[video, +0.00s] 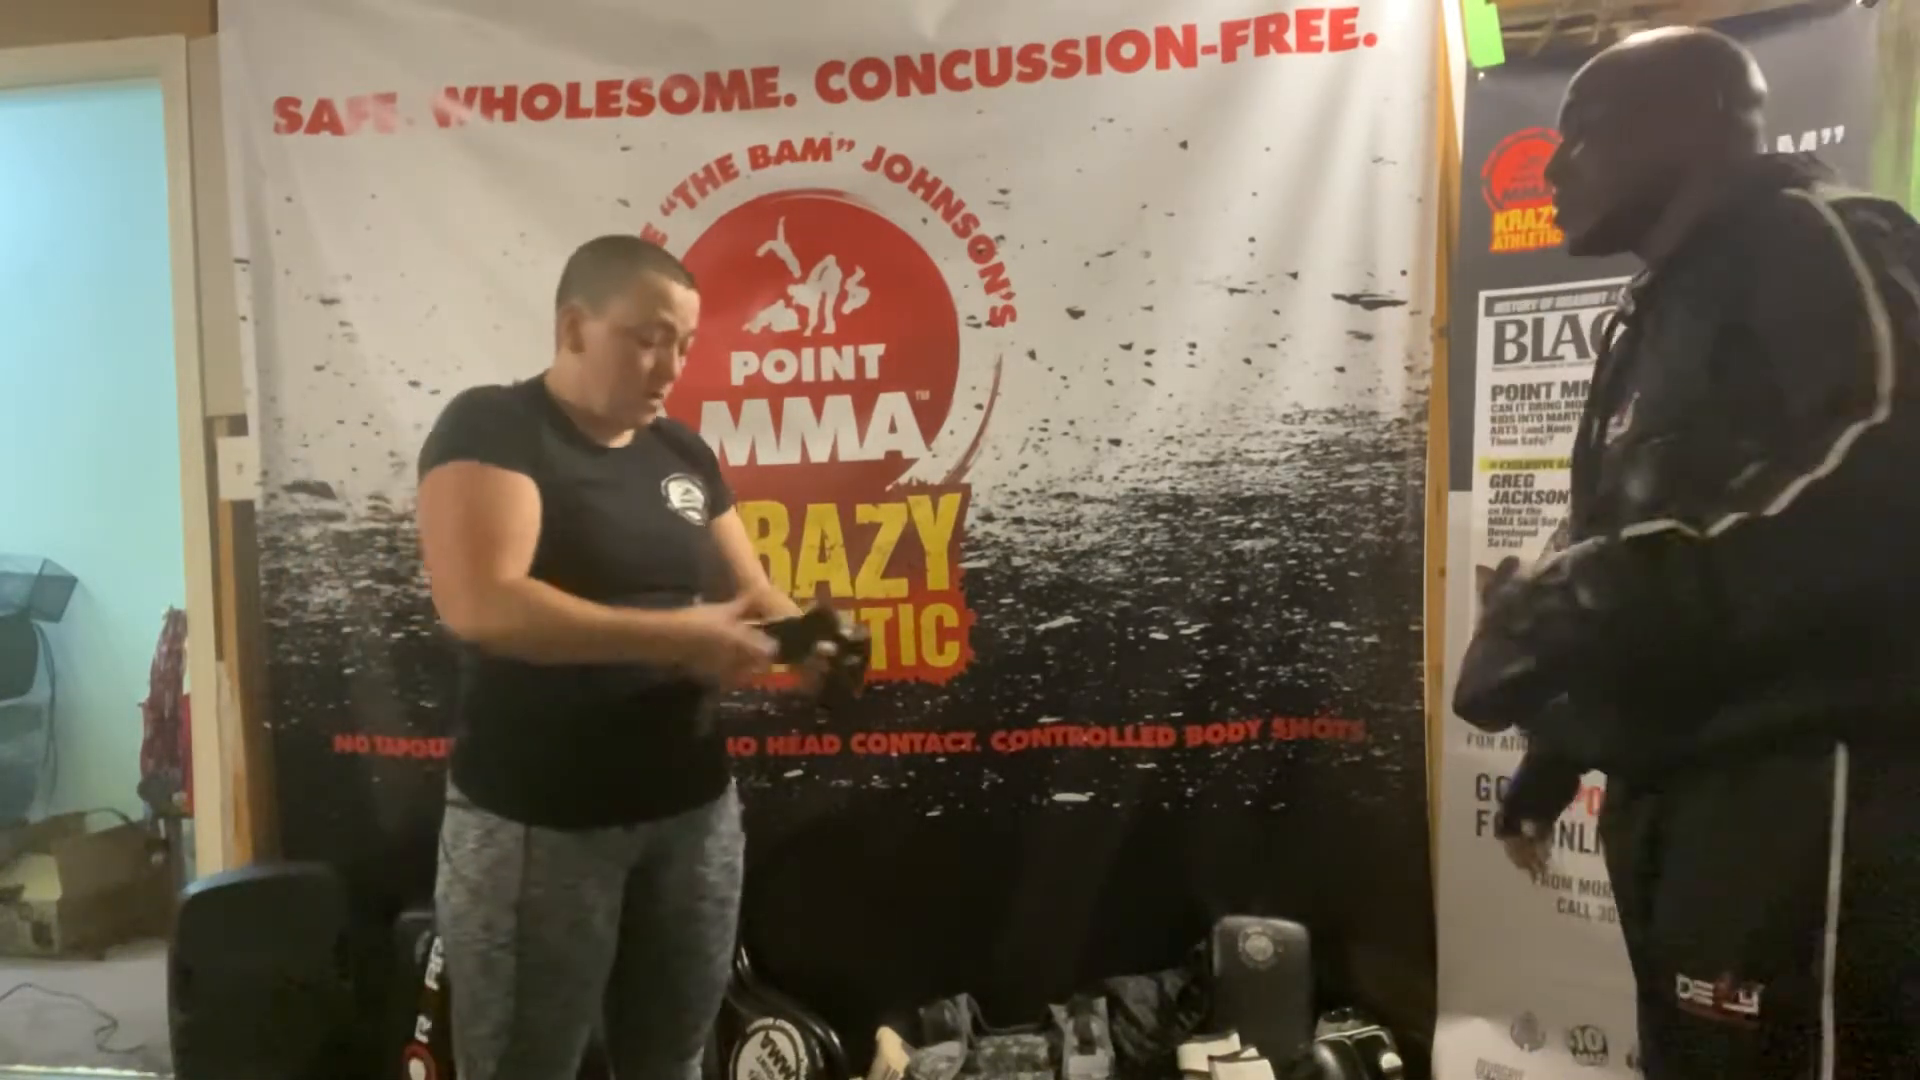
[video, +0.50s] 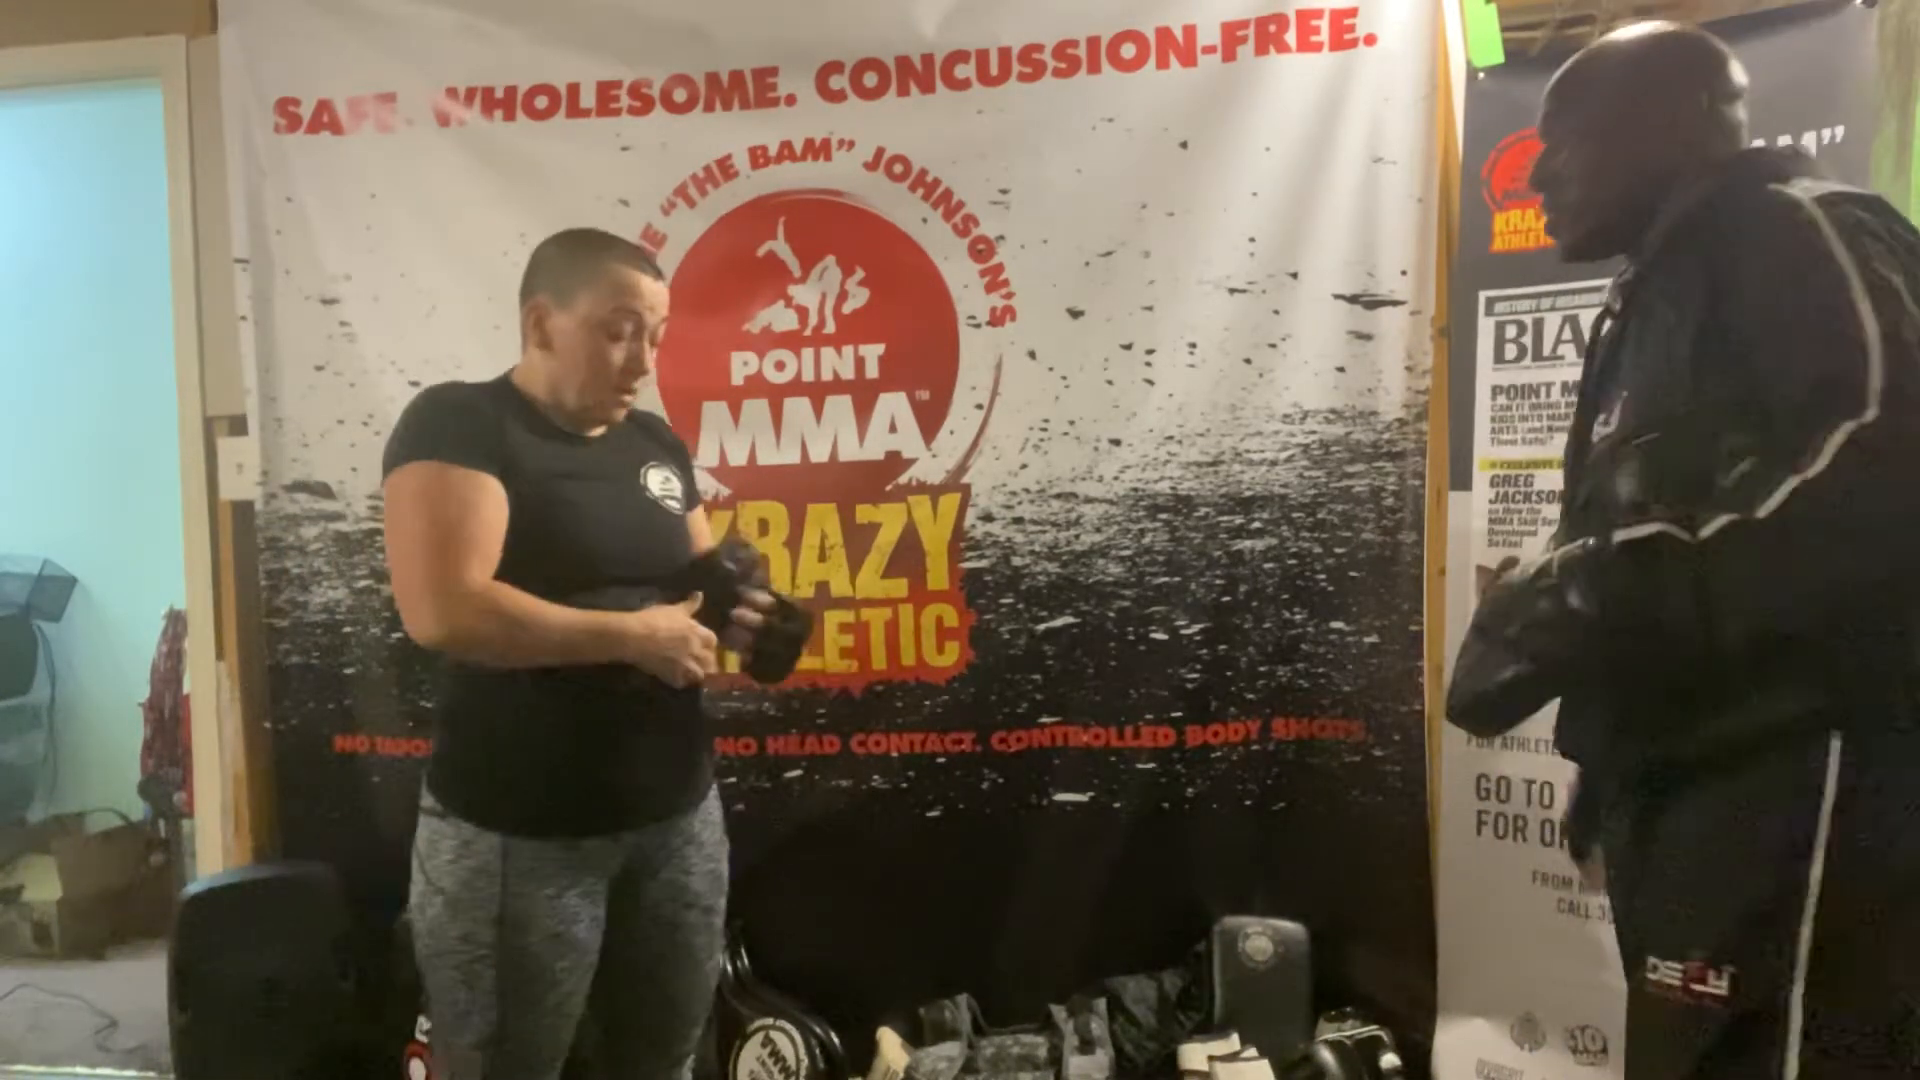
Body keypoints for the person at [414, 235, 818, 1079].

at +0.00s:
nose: (668, 367)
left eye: (680, 346)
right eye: (648, 339)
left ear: (687, 345)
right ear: (574, 325)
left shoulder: (682, 453)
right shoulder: (487, 427)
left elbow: (748, 591)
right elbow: (477, 602)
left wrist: (807, 638)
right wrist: (679, 638)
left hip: (690, 822)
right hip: (532, 831)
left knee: (667, 1065)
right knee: (520, 1066)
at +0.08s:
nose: (671, 361)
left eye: (681, 340)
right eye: (649, 333)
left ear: (688, 341)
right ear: (573, 322)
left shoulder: (683, 453)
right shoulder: (486, 427)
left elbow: (743, 593)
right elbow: (456, 605)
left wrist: (803, 638)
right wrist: (642, 663)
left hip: (691, 824)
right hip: (531, 833)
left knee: (665, 1065)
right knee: (521, 1066)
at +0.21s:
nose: (663, 364)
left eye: (675, 341)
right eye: (642, 336)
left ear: (681, 340)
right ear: (566, 325)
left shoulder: (678, 453)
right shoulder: (478, 427)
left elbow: (734, 602)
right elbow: (444, 612)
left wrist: (784, 644)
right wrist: (631, 668)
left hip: (687, 825)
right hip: (528, 834)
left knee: (664, 1064)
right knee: (514, 1066)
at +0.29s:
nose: (659, 360)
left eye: (669, 338)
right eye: (636, 332)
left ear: (675, 340)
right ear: (560, 325)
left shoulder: (671, 447)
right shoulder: (472, 427)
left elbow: (719, 609)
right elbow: (444, 613)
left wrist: (770, 645)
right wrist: (634, 659)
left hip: (684, 825)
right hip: (523, 836)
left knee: (660, 1065)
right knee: (509, 1066)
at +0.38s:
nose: (650, 358)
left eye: (660, 336)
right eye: (627, 329)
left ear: (665, 338)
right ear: (549, 322)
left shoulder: (664, 445)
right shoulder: (462, 424)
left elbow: (711, 594)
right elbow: (443, 609)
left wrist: (758, 624)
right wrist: (630, 643)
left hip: (679, 826)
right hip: (516, 839)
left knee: (660, 1066)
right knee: (505, 1067)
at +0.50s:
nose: (642, 362)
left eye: (652, 339)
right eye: (620, 333)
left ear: (657, 336)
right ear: (542, 323)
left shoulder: (654, 443)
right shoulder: (454, 423)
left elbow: (697, 589)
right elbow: (441, 608)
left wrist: (749, 620)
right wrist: (631, 635)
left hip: (673, 827)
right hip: (511, 840)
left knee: (656, 1065)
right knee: (500, 1067)